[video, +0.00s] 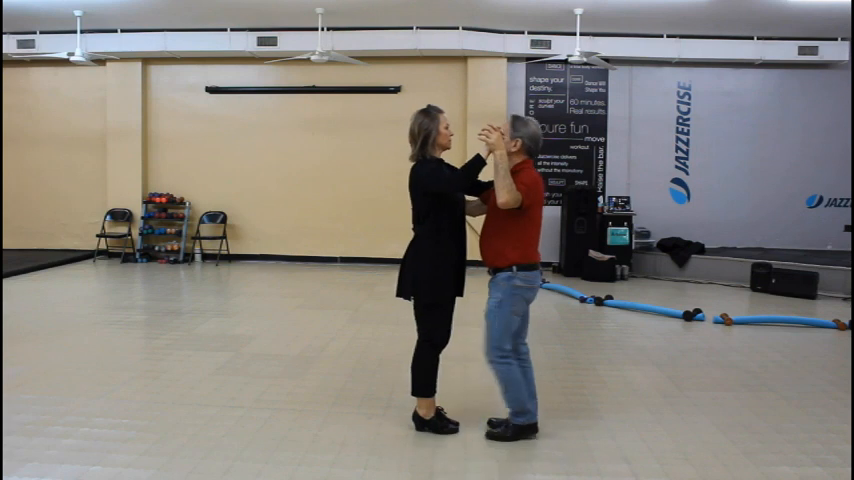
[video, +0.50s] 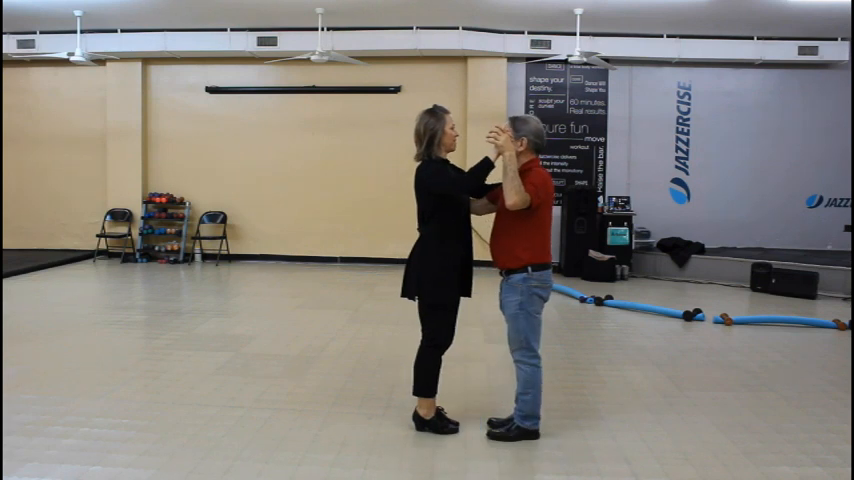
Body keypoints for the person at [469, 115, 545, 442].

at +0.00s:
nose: (495, 140)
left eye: (501, 135)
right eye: (496, 135)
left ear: (515, 144)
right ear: (515, 145)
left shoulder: (529, 177)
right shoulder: (509, 178)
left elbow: (506, 200)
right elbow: (472, 207)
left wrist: (499, 154)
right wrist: (440, 194)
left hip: (515, 276)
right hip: (511, 274)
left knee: (499, 351)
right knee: (514, 348)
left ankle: (522, 420)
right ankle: (524, 417)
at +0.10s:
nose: (498, 137)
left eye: (505, 133)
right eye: (500, 132)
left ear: (518, 144)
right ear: (517, 145)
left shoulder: (530, 176)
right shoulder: (511, 176)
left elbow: (506, 200)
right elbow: (475, 206)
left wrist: (499, 154)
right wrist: (442, 194)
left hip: (520, 277)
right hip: (508, 275)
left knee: (519, 352)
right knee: (515, 351)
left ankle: (527, 422)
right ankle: (521, 415)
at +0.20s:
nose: (499, 138)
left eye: (505, 134)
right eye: (500, 133)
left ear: (519, 143)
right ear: (518, 144)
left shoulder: (532, 176)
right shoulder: (512, 177)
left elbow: (508, 199)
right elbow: (476, 206)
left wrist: (500, 154)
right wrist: (444, 192)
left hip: (525, 276)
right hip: (511, 275)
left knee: (522, 352)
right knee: (518, 351)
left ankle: (527, 422)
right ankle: (522, 415)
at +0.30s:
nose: (499, 142)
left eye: (504, 136)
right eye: (500, 136)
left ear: (520, 143)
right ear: (519, 144)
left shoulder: (535, 176)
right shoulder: (514, 178)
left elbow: (511, 200)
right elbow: (477, 206)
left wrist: (503, 155)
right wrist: (445, 191)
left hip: (527, 276)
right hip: (513, 275)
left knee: (524, 353)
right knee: (520, 351)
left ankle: (527, 422)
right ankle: (522, 416)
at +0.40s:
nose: (501, 143)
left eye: (505, 137)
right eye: (501, 137)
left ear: (521, 143)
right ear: (521, 144)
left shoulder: (537, 177)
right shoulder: (516, 179)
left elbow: (513, 200)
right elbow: (478, 205)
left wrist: (506, 156)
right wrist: (446, 191)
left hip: (528, 277)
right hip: (514, 275)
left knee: (525, 353)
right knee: (520, 352)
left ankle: (527, 422)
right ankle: (522, 416)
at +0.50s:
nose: (501, 142)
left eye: (506, 136)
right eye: (502, 136)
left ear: (521, 143)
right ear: (521, 144)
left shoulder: (538, 176)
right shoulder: (517, 177)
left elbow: (515, 201)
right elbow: (479, 205)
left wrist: (508, 156)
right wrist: (447, 192)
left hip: (529, 277)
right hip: (516, 275)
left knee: (526, 353)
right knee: (521, 352)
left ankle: (527, 423)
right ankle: (522, 416)